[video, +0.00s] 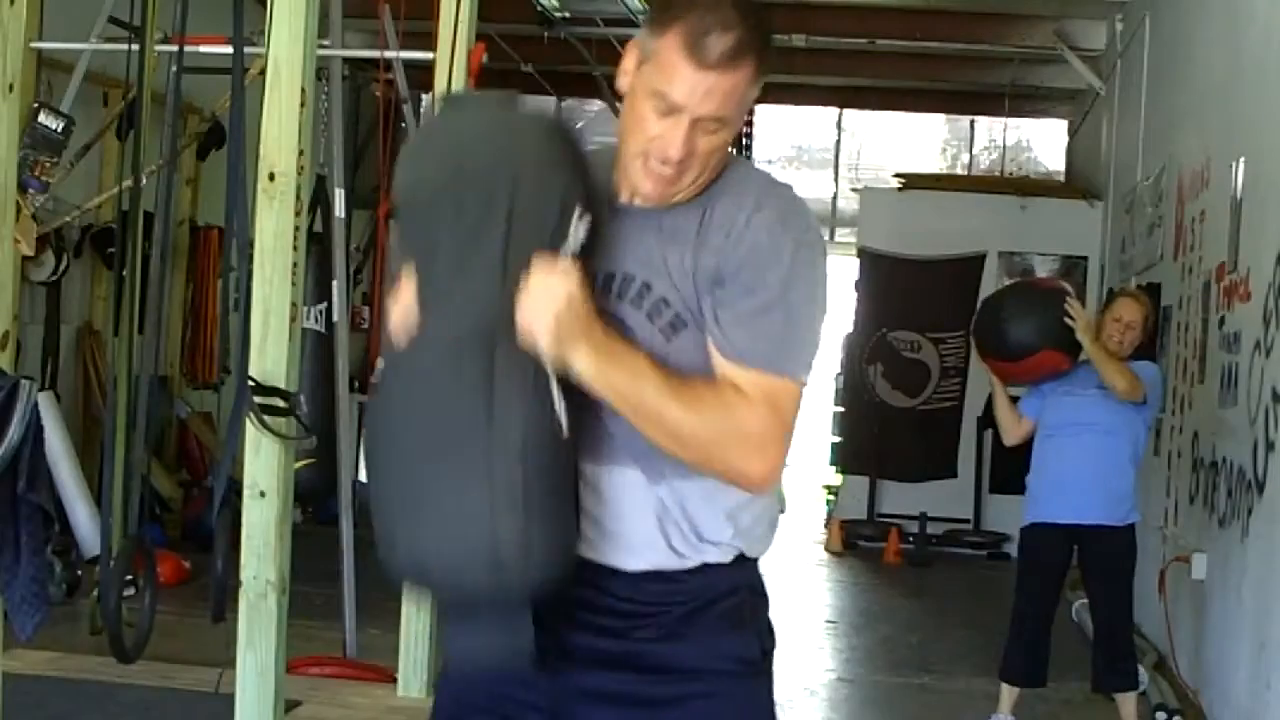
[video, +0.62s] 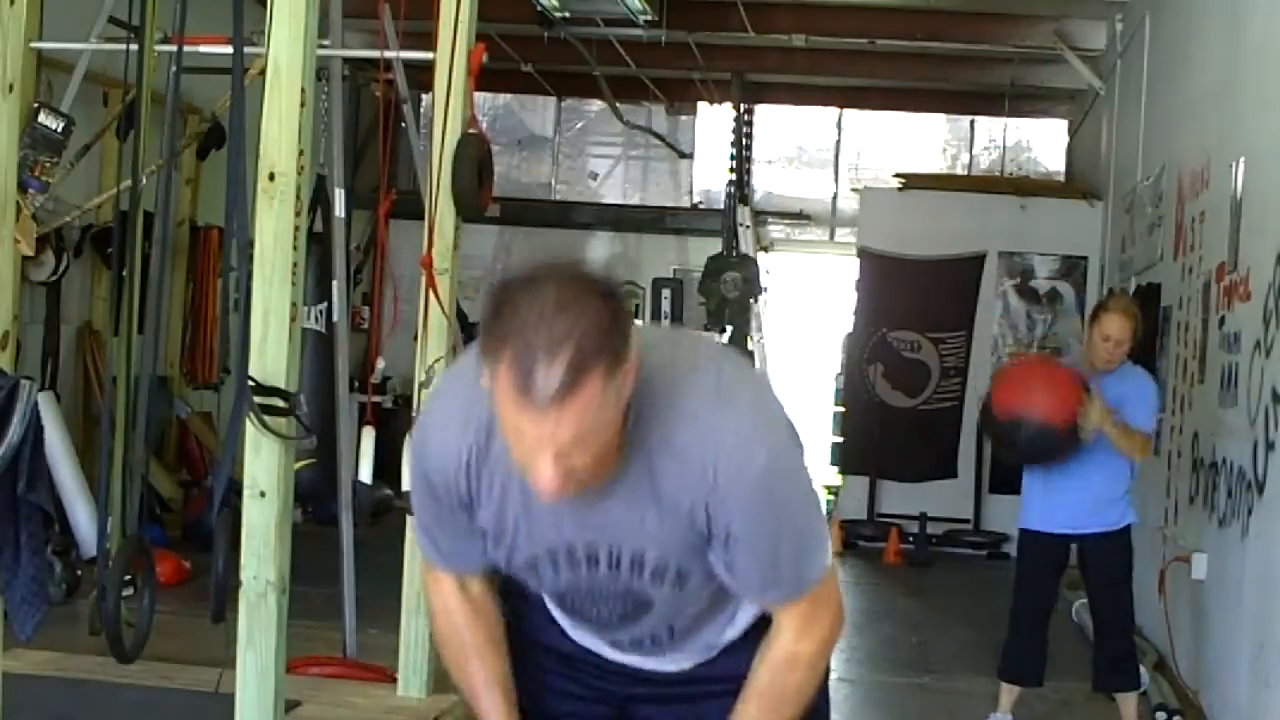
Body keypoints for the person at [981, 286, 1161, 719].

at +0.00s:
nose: (1121, 331)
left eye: (1132, 326)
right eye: (1115, 321)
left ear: (1143, 335)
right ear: (1099, 323)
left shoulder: (1146, 374)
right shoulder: (1054, 376)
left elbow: (1126, 387)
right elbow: (1013, 433)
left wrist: (1088, 339)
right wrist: (998, 379)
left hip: (1111, 520)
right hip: (1047, 517)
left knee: (1114, 622)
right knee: (1030, 616)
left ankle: (1131, 715)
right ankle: (1004, 712)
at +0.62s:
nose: (1112, 351)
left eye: (1122, 344)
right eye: (1106, 340)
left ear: (1131, 344)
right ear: (1088, 332)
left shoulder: (1138, 383)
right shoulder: (1054, 375)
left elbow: (1140, 450)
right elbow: (1024, 431)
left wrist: (1105, 422)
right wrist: (1019, 384)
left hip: (1106, 524)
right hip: (1043, 521)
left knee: (1115, 623)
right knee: (1027, 616)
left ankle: (1131, 714)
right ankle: (1003, 711)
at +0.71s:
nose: (1110, 361)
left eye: (1119, 355)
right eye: (1103, 350)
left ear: (1129, 354)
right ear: (1086, 342)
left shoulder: (1137, 392)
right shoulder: (1047, 381)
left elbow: (1142, 465)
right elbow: (1012, 436)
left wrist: (1113, 454)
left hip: (1107, 526)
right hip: (1043, 523)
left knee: (1116, 624)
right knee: (1026, 616)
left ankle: (1131, 715)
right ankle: (1002, 712)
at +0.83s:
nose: (1105, 400)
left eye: (1115, 392)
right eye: (1099, 388)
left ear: (1124, 393)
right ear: (1082, 382)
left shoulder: (1135, 427)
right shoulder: (1035, 417)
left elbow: (1143, 497)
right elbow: (1006, 476)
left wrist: (1121, 530)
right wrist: (1002, 522)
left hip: (1105, 525)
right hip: (1040, 518)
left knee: (1123, 623)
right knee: (1020, 616)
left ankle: (1132, 712)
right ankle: (1002, 711)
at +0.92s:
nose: (1100, 445)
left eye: (1111, 437)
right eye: (1094, 433)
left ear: (1122, 434)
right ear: (1078, 424)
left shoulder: (1134, 464)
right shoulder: (1037, 450)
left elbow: (1142, 536)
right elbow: (1008, 515)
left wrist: (1126, 590)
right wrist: (1007, 572)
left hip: (1107, 555)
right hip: (1040, 549)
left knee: (1132, 631)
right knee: (1011, 615)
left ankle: (1132, 713)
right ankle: (1001, 711)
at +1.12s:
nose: (1097, 521)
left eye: (1106, 512)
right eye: (1089, 511)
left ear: (1118, 510)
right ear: (1073, 503)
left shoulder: (1134, 528)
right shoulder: (1042, 511)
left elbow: (1141, 600)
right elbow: (1013, 584)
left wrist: (1131, 674)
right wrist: (1013, 652)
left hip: (1103, 584)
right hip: (1044, 580)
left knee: (1153, 635)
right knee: (994, 625)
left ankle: (1137, 712)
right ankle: (998, 709)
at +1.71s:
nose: (1098, 484)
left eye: (1108, 474)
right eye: (1090, 472)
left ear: (1119, 474)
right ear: (1075, 467)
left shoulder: (1134, 501)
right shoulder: (1044, 488)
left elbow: (1141, 574)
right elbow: (1018, 554)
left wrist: (1128, 640)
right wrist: (1011, 619)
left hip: (1108, 574)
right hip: (1045, 569)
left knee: (1151, 631)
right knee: (1004, 625)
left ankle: (1137, 713)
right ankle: (1000, 712)